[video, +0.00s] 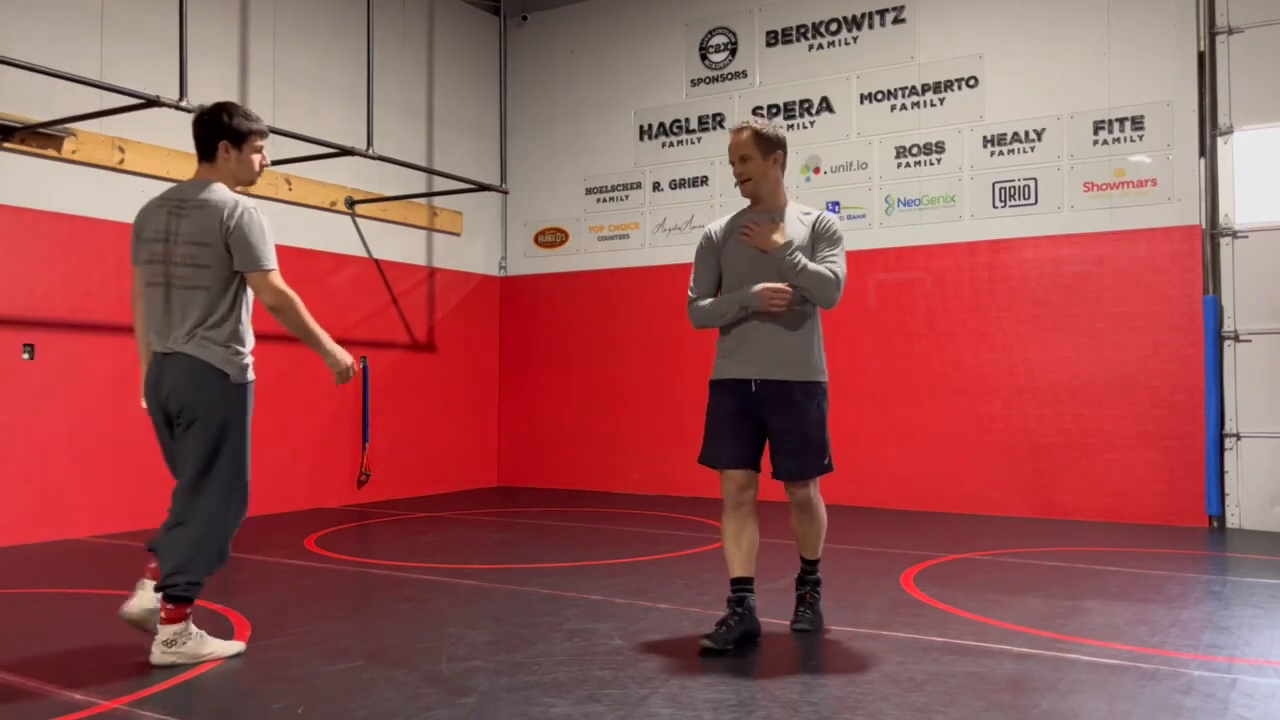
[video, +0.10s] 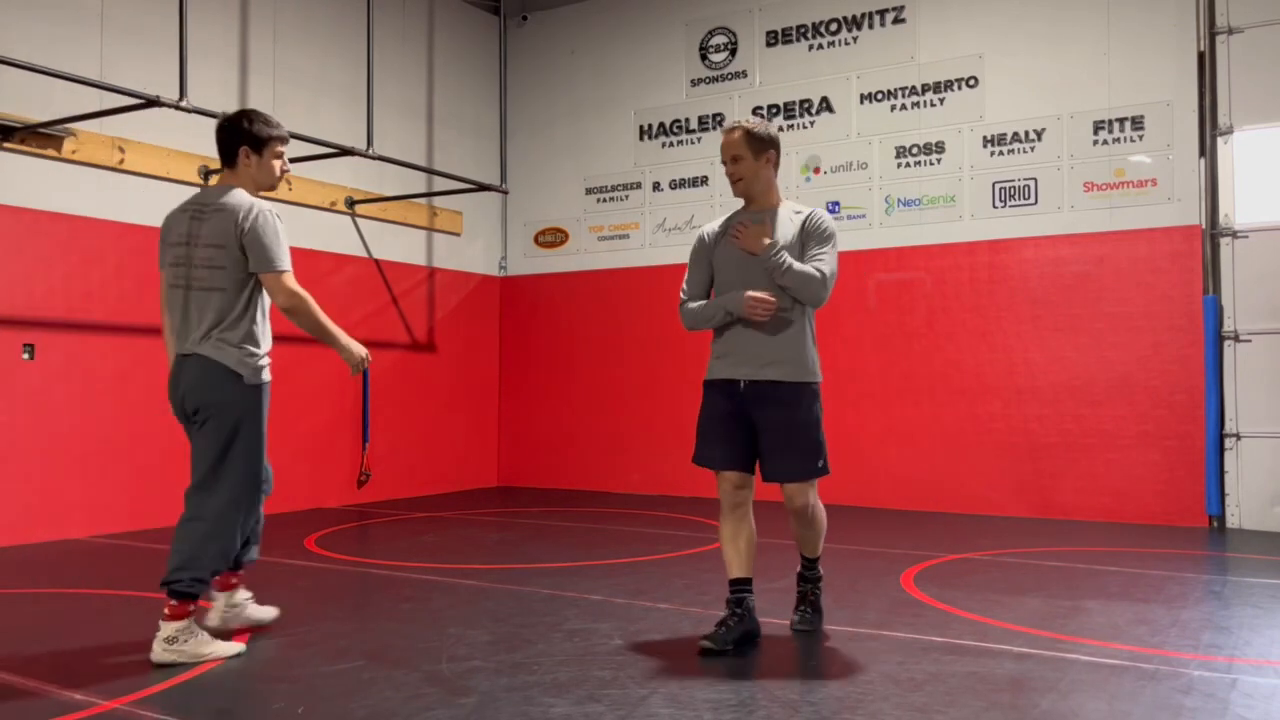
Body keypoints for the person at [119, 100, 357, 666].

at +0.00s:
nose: (264, 162)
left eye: (264, 152)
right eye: (257, 151)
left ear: (213, 151)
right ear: (225, 149)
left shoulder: (152, 211)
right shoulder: (236, 212)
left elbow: (142, 302)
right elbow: (274, 293)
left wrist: (151, 369)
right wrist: (330, 350)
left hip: (163, 373)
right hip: (214, 376)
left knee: (196, 485)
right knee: (219, 493)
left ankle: (154, 585)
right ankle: (174, 627)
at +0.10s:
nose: (286, 169)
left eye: (286, 158)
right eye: (279, 158)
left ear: (237, 159)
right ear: (247, 156)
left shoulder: (178, 215)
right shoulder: (254, 215)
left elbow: (170, 303)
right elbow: (287, 294)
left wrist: (180, 366)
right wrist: (344, 344)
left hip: (189, 372)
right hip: (232, 375)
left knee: (250, 479)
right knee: (218, 490)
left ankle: (225, 598)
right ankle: (176, 626)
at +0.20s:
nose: (307, 173)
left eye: (307, 163)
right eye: (300, 163)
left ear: (254, 167)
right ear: (266, 164)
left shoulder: (204, 225)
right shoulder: (268, 219)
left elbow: (203, 304)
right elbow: (293, 297)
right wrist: (347, 354)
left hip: (214, 376)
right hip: (252, 378)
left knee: (269, 486)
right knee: (234, 492)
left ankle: (292, 590)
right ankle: (178, 622)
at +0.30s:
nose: (325, 183)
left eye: (325, 173)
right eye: (317, 173)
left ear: (280, 176)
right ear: (285, 173)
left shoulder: (236, 230)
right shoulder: (284, 226)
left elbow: (233, 312)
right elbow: (302, 306)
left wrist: (240, 381)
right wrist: (343, 381)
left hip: (245, 379)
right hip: (273, 382)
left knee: (293, 489)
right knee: (254, 497)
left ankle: (313, 595)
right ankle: (184, 617)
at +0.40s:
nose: (342, 184)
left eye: (343, 175)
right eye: (335, 175)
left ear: (300, 178)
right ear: (304, 175)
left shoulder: (270, 228)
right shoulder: (298, 230)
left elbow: (284, 309)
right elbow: (309, 311)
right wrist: (319, 387)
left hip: (279, 378)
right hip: (292, 382)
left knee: (314, 494)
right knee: (290, 499)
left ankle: (318, 595)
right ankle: (200, 601)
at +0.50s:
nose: (359, 182)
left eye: (360, 173)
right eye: (351, 172)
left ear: (327, 177)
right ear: (321, 174)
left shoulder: (318, 228)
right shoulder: (309, 226)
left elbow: (315, 310)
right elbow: (308, 304)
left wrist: (329, 374)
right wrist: (302, 377)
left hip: (313, 377)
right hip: (312, 379)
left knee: (317, 491)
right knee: (333, 498)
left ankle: (320, 595)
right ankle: (233, 577)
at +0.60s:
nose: (376, 182)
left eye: (376, 174)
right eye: (367, 174)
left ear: (344, 179)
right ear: (337, 176)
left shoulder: (337, 230)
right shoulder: (319, 227)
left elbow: (323, 304)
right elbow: (302, 297)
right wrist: (300, 374)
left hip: (330, 376)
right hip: (330, 378)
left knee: (323, 483)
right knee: (365, 487)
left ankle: (318, 592)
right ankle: (282, 573)